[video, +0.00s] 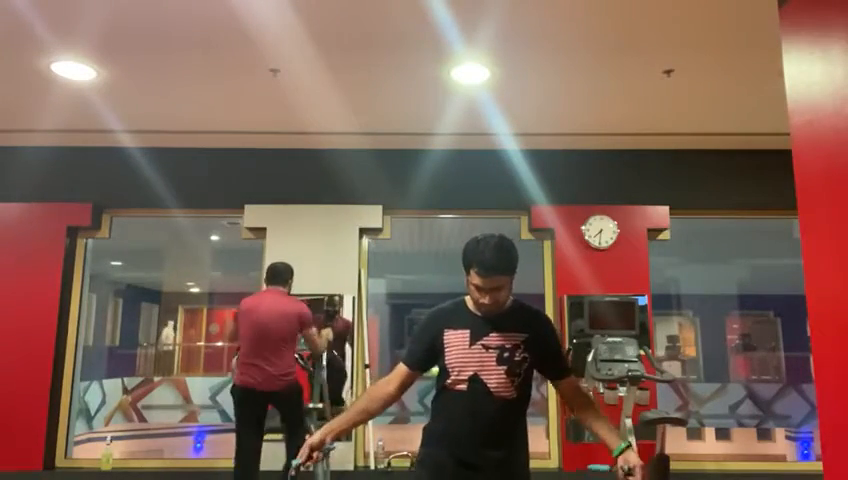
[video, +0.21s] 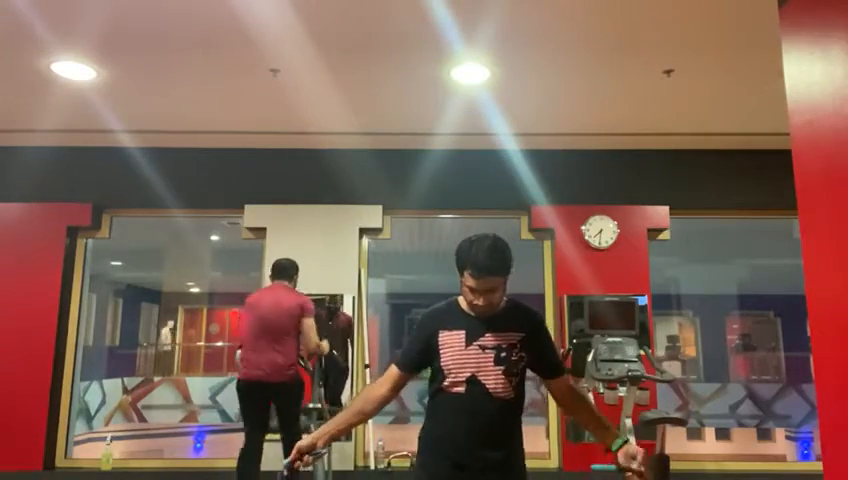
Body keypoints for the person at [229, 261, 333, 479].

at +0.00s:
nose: (290, 285)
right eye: (291, 282)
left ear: (266, 281)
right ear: (289, 283)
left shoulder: (246, 304)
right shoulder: (298, 308)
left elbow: (231, 337)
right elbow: (317, 348)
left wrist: (255, 331)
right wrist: (325, 336)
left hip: (248, 387)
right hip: (284, 386)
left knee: (247, 445)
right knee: (295, 433)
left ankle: (245, 477)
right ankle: (294, 473)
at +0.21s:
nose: (296, 282)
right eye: (296, 278)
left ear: (271, 276)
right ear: (295, 278)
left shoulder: (252, 299)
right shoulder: (301, 302)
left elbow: (245, 339)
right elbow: (310, 346)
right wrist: (322, 347)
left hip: (251, 381)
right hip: (286, 381)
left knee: (253, 440)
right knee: (291, 438)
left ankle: (246, 476)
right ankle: (295, 475)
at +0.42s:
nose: (295, 283)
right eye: (296, 280)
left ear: (271, 278)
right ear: (295, 280)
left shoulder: (250, 302)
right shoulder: (305, 305)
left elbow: (239, 338)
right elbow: (324, 342)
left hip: (255, 382)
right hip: (291, 383)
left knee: (254, 428)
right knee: (286, 433)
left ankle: (252, 473)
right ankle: (283, 475)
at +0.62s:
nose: (292, 281)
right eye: (293, 278)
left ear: (268, 277)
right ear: (293, 278)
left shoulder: (248, 300)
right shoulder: (304, 303)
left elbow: (228, 342)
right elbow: (321, 330)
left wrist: (236, 353)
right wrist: (331, 326)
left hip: (251, 381)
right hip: (286, 382)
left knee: (256, 426)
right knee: (282, 433)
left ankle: (256, 473)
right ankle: (277, 474)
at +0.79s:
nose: (292, 282)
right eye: (292, 279)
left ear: (267, 277)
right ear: (291, 278)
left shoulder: (246, 298)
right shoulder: (299, 302)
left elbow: (228, 337)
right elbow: (319, 337)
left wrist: (252, 331)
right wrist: (327, 328)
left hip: (249, 383)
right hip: (285, 382)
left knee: (251, 444)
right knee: (292, 439)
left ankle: (250, 477)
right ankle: (291, 475)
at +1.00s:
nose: (294, 285)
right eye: (294, 282)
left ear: (269, 280)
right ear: (292, 282)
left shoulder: (249, 303)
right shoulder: (299, 306)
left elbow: (247, 342)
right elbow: (308, 350)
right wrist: (323, 347)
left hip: (249, 384)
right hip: (285, 383)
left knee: (248, 443)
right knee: (296, 429)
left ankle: (244, 476)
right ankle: (296, 473)